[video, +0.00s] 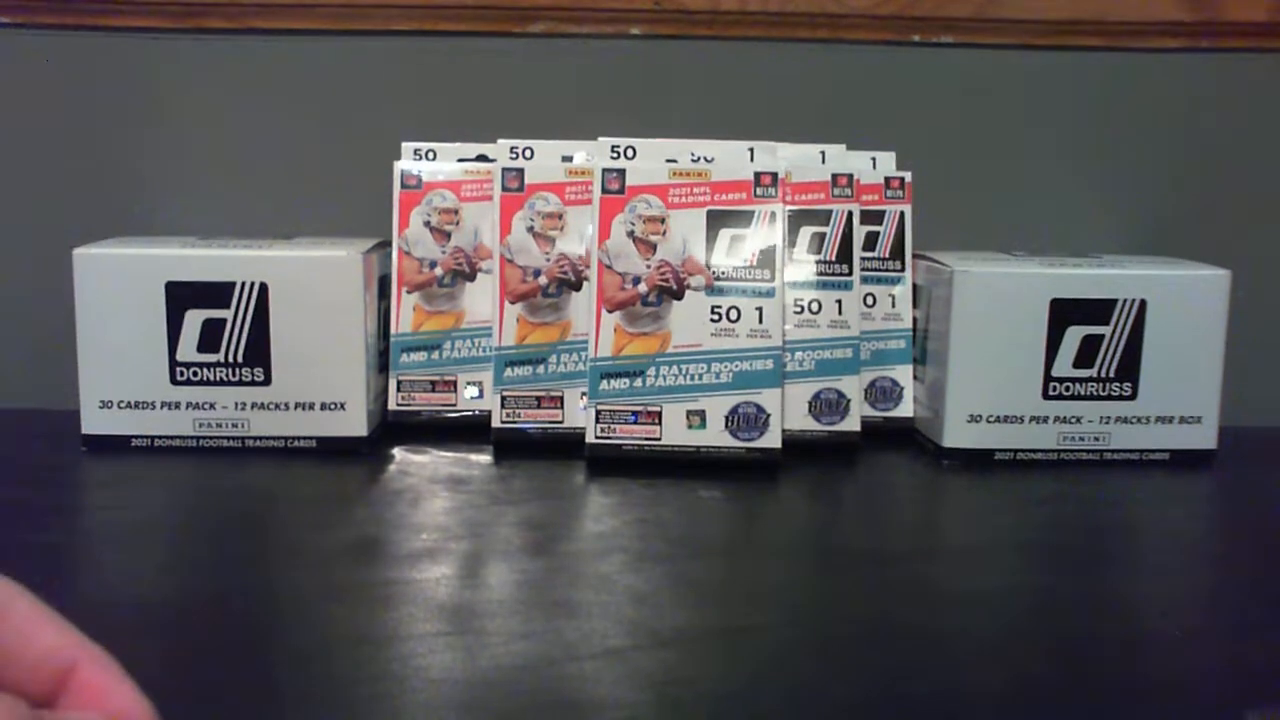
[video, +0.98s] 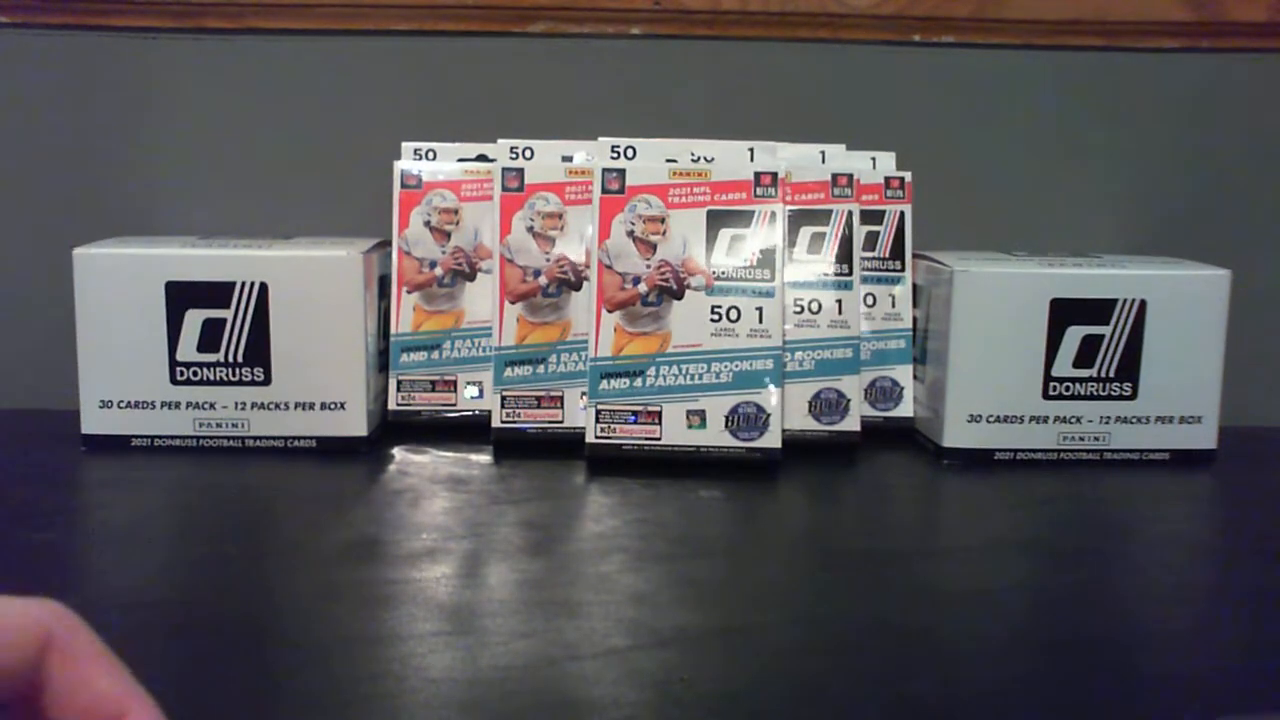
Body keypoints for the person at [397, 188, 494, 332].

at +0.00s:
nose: (451, 218)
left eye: (454, 213)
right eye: (446, 213)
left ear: (458, 214)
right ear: (431, 214)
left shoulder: (466, 236)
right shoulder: (413, 238)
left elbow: (492, 260)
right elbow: (410, 283)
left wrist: (475, 264)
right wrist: (441, 269)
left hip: (450, 312)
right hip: (422, 310)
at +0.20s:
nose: (451, 218)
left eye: (454, 213)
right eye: (445, 213)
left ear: (458, 214)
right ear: (430, 214)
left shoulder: (466, 235)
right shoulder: (413, 237)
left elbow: (492, 261)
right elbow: (410, 283)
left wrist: (473, 263)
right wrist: (441, 269)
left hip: (450, 312)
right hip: (422, 311)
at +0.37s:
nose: (451, 218)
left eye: (454, 213)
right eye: (445, 213)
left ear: (458, 214)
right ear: (430, 214)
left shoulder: (466, 236)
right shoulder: (414, 238)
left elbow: (492, 261)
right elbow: (410, 283)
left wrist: (473, 263)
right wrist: (441, 269)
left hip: (451, 312)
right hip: (422, 311)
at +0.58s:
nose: (451, 218)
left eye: (454, 213)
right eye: (445, 213)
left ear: (458, 214)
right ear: (430, 214)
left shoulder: (466, 235)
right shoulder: (413, 238)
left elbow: (492, 260)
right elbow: (410, 283)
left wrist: (473, 262)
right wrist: (441, 269)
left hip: (450, 312)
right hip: (422, 311)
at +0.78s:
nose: (451, 218)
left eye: (454, 213)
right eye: (445, 213)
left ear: (458, 214)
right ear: (430, 214)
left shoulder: (466, 235)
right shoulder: (413, 238)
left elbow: (493, 261)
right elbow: (410, 283)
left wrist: (473, 263)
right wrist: (441, 269)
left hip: (450, 312)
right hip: (422, 311)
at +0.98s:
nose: (451, 218)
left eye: (454, 213)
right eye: (445, 213)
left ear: (458, 214)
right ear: (430, 214)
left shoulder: (466, 235)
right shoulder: (413, 238)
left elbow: (494, 262)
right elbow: (410, 283)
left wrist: (472, 262)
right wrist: (441, 269)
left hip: (450, 312)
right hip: (422, 311)